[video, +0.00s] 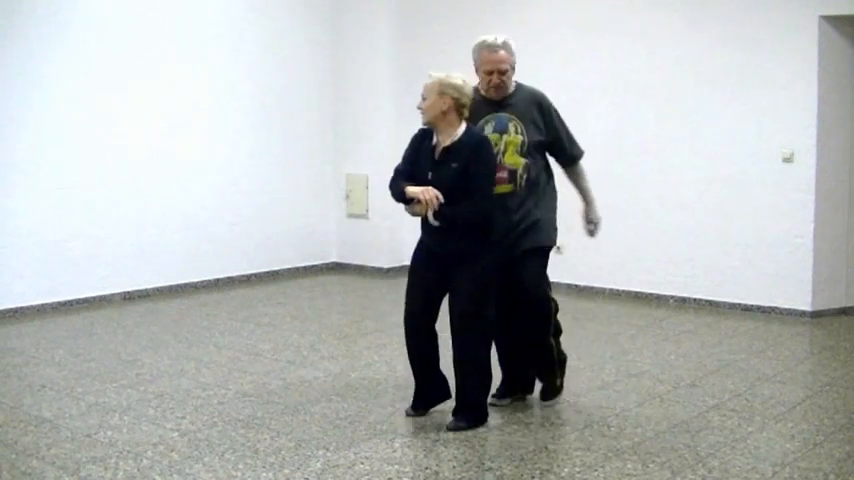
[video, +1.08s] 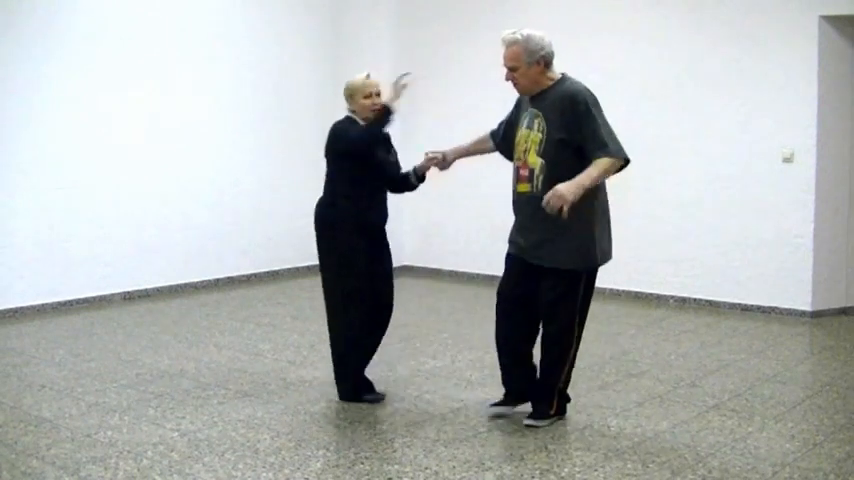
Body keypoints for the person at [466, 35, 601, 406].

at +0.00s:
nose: (498, 79)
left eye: (504, 71)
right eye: (490, 72)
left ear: (514, 68)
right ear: (476, 71)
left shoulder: (534, 103)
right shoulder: (466, 107)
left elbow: (568, 156)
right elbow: (448, 162)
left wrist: (589, 202)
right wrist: (445, 204)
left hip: (531, 221)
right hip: (486, 224)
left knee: (530, 295)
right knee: (498, 304)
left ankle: (551, 367)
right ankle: (514, 379)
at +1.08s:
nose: (507, 76)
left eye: (513, 69)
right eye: (506, 69)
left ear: (541, 66)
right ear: (528, 67)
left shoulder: (575, 99)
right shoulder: (526, 103)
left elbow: (613, 157)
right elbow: (500, 139)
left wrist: (575, 185)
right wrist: (453, 153)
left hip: (572, 242)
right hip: (528, 236)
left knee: (561, 326)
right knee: (512, 315)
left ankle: (551, 403)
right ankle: (519, 389)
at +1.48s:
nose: (516, 81)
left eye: (521, 74)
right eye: (514, 73)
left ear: (549, 71)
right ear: (537, 72)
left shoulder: (590, 101)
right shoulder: (528, 109)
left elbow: (646, 149)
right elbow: (495, 153)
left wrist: (671, 204)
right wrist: (449, 178)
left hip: (588, 235)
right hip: (549, 235)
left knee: (564, 312)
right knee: (547, 309)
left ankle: (564, 398)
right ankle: (557, 395)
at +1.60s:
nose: (519, 78)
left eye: (525, 72)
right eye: (518, 71)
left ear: (554, 69)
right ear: (545, 69)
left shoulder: (595, 101)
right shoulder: (525, 110)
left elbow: (650, 148)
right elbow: (480, 145)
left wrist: (680, 200)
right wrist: (426, 160)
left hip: (590, 230)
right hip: (551, 232)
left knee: (552, 304)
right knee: (557, 308)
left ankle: (558, 400)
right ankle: (566, 392)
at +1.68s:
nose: (521, 78)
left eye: (527, 71)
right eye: (520, 70)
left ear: (557, 69)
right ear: (544, 70)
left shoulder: (597, 101)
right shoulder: (524, 108)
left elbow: (651, 148)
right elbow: (471, 137)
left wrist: (684, 197)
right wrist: (418, 149)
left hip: (591, 233)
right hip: (550, 233)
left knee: (558, 316)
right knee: (553, 315)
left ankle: (557, 406)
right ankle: (558, 395)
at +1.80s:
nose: (516, 77)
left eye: (523, 70)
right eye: (516, 69)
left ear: (553, 70)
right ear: (533, 70)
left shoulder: (594, 103)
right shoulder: (519, 108)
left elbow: (650, 147)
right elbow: (467, 133)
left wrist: (692, 193)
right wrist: (417, 146)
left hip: (590, 239)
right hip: (546, 239)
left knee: (564, 321)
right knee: (551, 318)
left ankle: (555, 409)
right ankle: (563, 397)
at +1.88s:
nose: (510, 77)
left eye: (516, 70)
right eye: (509, 70)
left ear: (546, 72)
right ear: (530, 73)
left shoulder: (589, 103)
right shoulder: (515, 109)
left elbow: (649, 144)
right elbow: (468, 136)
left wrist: (694, 188)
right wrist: (420, 149)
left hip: (589, 238)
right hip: (544, 239)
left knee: (570, 320)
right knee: (544, 316)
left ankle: (559, 407)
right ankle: (553, 398)